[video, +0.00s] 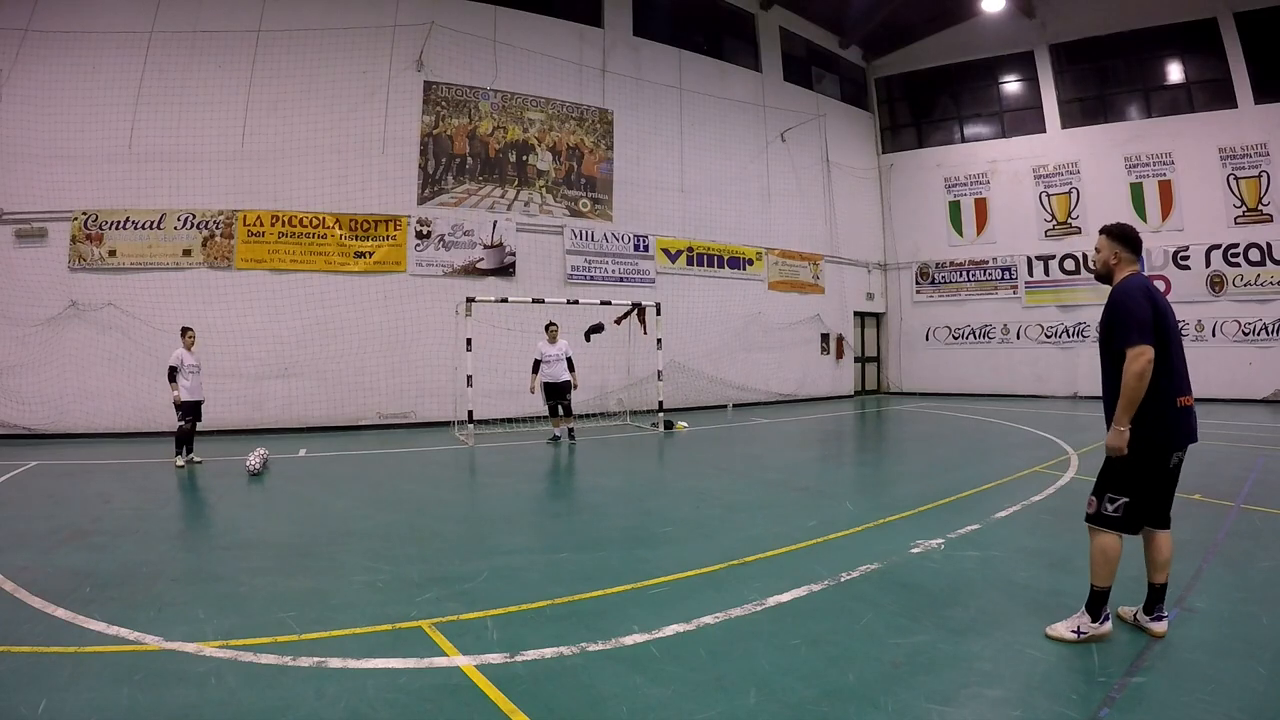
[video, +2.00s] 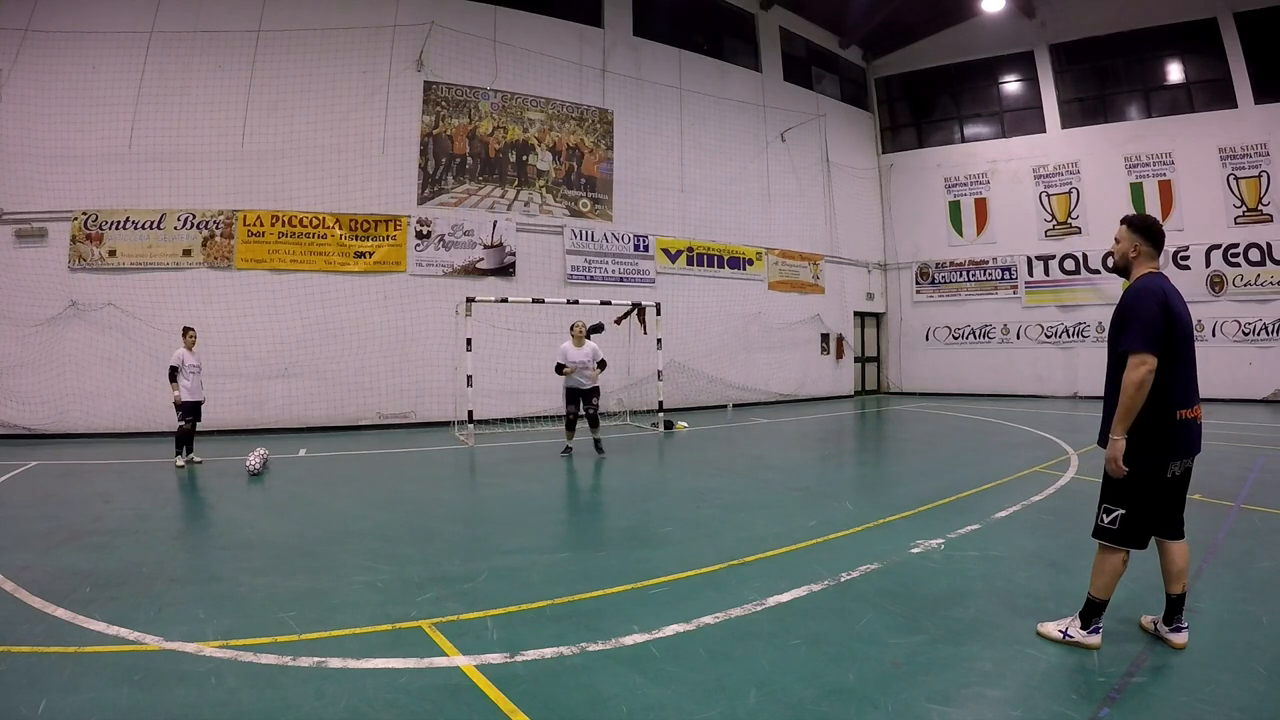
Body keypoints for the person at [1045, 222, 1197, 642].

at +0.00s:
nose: (1093, 258)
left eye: (1098, 251)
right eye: (1095, 251)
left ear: (1117, 254)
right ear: (1130, 255)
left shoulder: (1128, 293)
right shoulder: (1148, 292)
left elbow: (1141, 360)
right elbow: (1157, 363)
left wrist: (1119, 424)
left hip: (1145, 431)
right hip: (1170, 430)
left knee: (1103, 517)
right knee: (1155, 519)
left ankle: (1095, 616)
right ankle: (1154, 613)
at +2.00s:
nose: (1111, 248)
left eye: (1116, 240)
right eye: (1114, 240)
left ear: (1135, 247)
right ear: (1147, 249)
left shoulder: (1141, 295)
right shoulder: (1165, 292)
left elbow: (1142, 368)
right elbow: (1168, 369)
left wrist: (1117, 433)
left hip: (1144, 440)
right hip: (1176, 437)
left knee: (1114, 535)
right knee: (1169, 530)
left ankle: (1087, 624)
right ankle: (1174, 622)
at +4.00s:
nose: (1076, 278)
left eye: (1077, 269)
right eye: (1075, 270)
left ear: (1096, 263)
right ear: (1110, 262)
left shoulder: (1112, 301)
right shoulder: (1144, 296)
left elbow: (1117, 368)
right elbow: (1157, 369)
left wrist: (1101, 435)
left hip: (1133, 437)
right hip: (1171, 435)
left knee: (1093, 528)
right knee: (1158, 526)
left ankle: (1087, 623)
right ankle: (1173, 619)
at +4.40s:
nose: (1052, 337)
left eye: (1053, 328)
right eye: (1050, 330)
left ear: (1070, 322)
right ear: (1087, 319)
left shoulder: (1083, 350)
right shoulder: (1116, 344)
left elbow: (1059, 400)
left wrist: (1017, 453)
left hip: (1134, 459)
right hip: (1176, 453)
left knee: (1070, 529)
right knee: (1142, 538)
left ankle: (1085, 622)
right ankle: (1185, 620)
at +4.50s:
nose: (1042, 330)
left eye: (1043, 322)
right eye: (1040, 324)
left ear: (1057, 316)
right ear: (1076, 312)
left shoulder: (1070, 344)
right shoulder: (1105, 341)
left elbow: (1022, 378)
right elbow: (1122, 401)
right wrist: (1091, 450)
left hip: (1111, 456)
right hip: (1155, 452)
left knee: (1040, 514)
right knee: (1133, 537)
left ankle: (1066, 599)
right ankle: (1184, 620)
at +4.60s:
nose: (1017, 309)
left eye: (1018, 300)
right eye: (1016, 301)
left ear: (1031, 294)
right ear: (1051, 291)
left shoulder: (1043, 321)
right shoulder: (1082, 322)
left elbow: (1007, 337)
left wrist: (955, 354)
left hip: (1070, 447)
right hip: (1115, 448)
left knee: (995, 491)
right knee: (1132, 532)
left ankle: (998, 583)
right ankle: (1181, 615)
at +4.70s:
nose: (984, 290)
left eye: (985, 284)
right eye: (983, 284)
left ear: (998, 280)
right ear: (1018, 276)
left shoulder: (1008, 306)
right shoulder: (1051, 310)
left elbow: (1005, 338)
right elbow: (1058, 366)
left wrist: (985, 379)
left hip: (1019, 440)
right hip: (1067, 439)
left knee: (955, 507)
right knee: (1094, 513)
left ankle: (905, 581)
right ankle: (1165, 581)